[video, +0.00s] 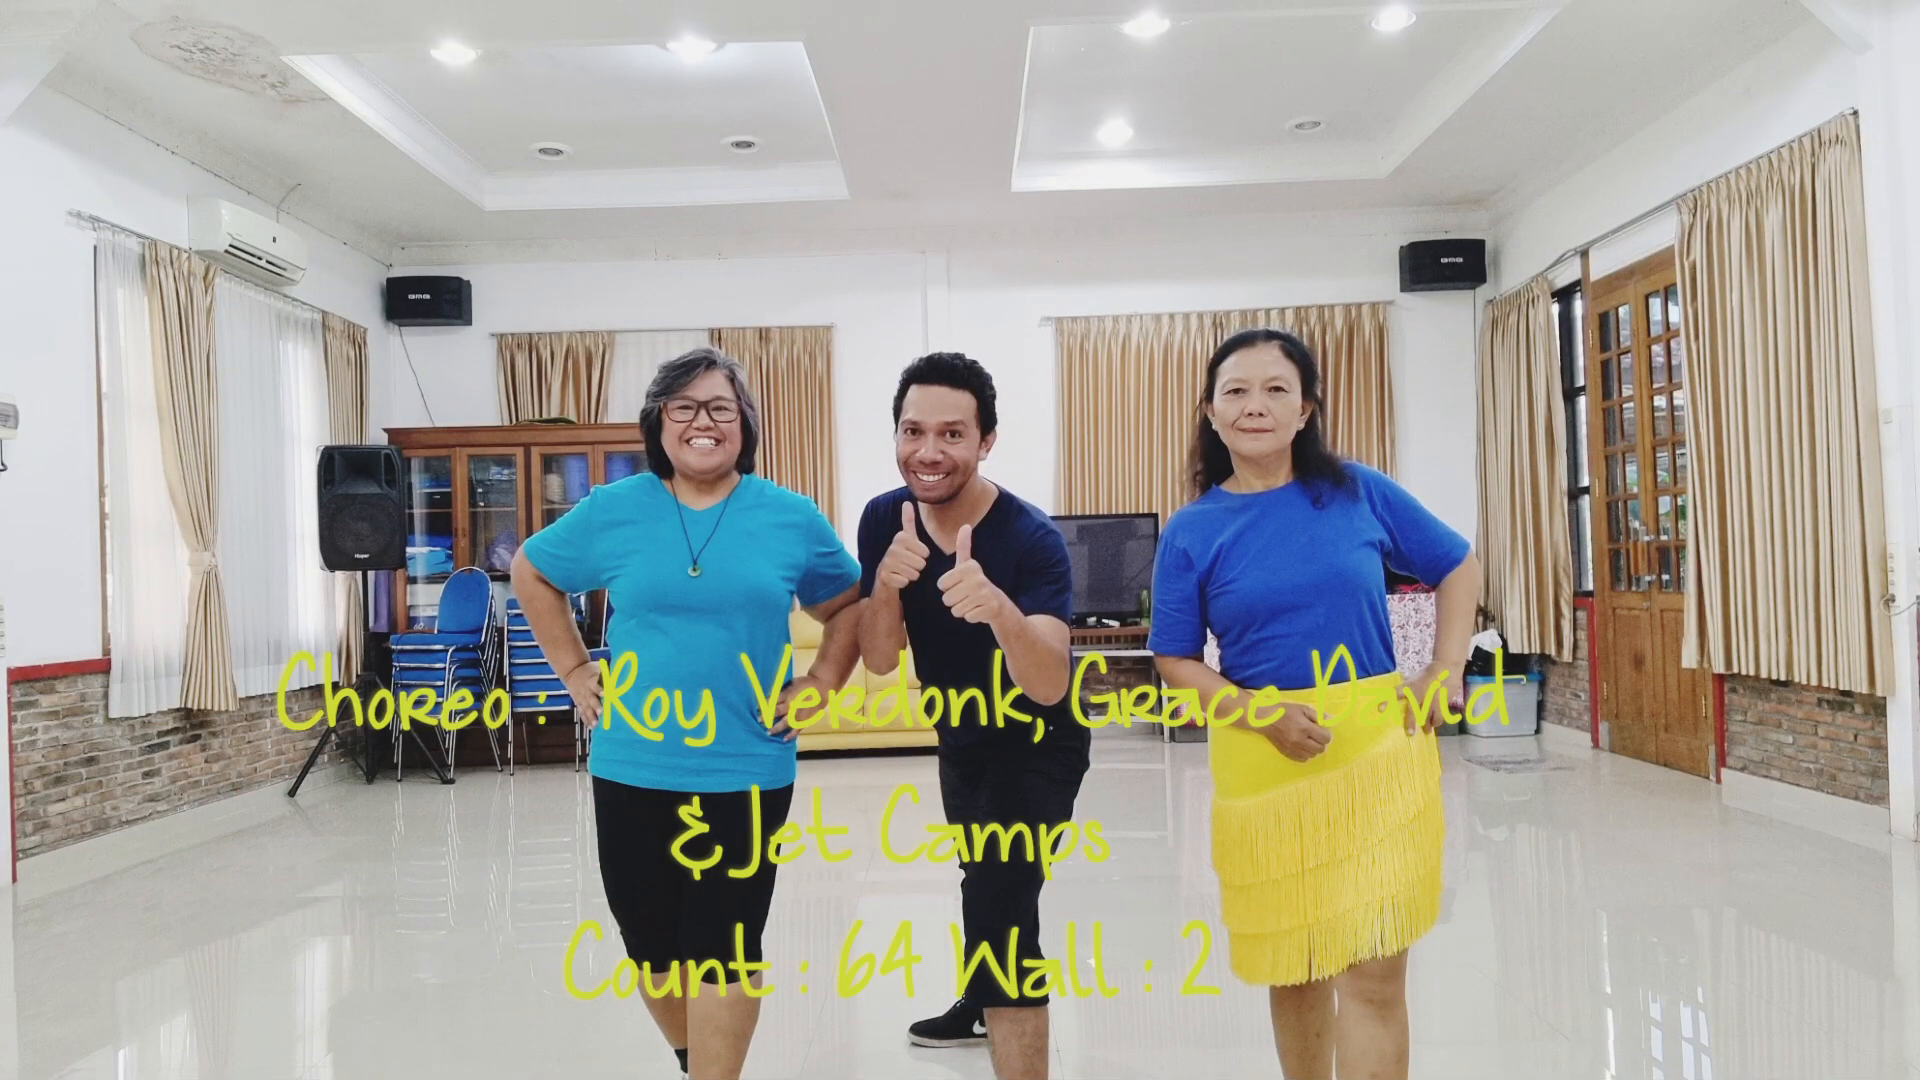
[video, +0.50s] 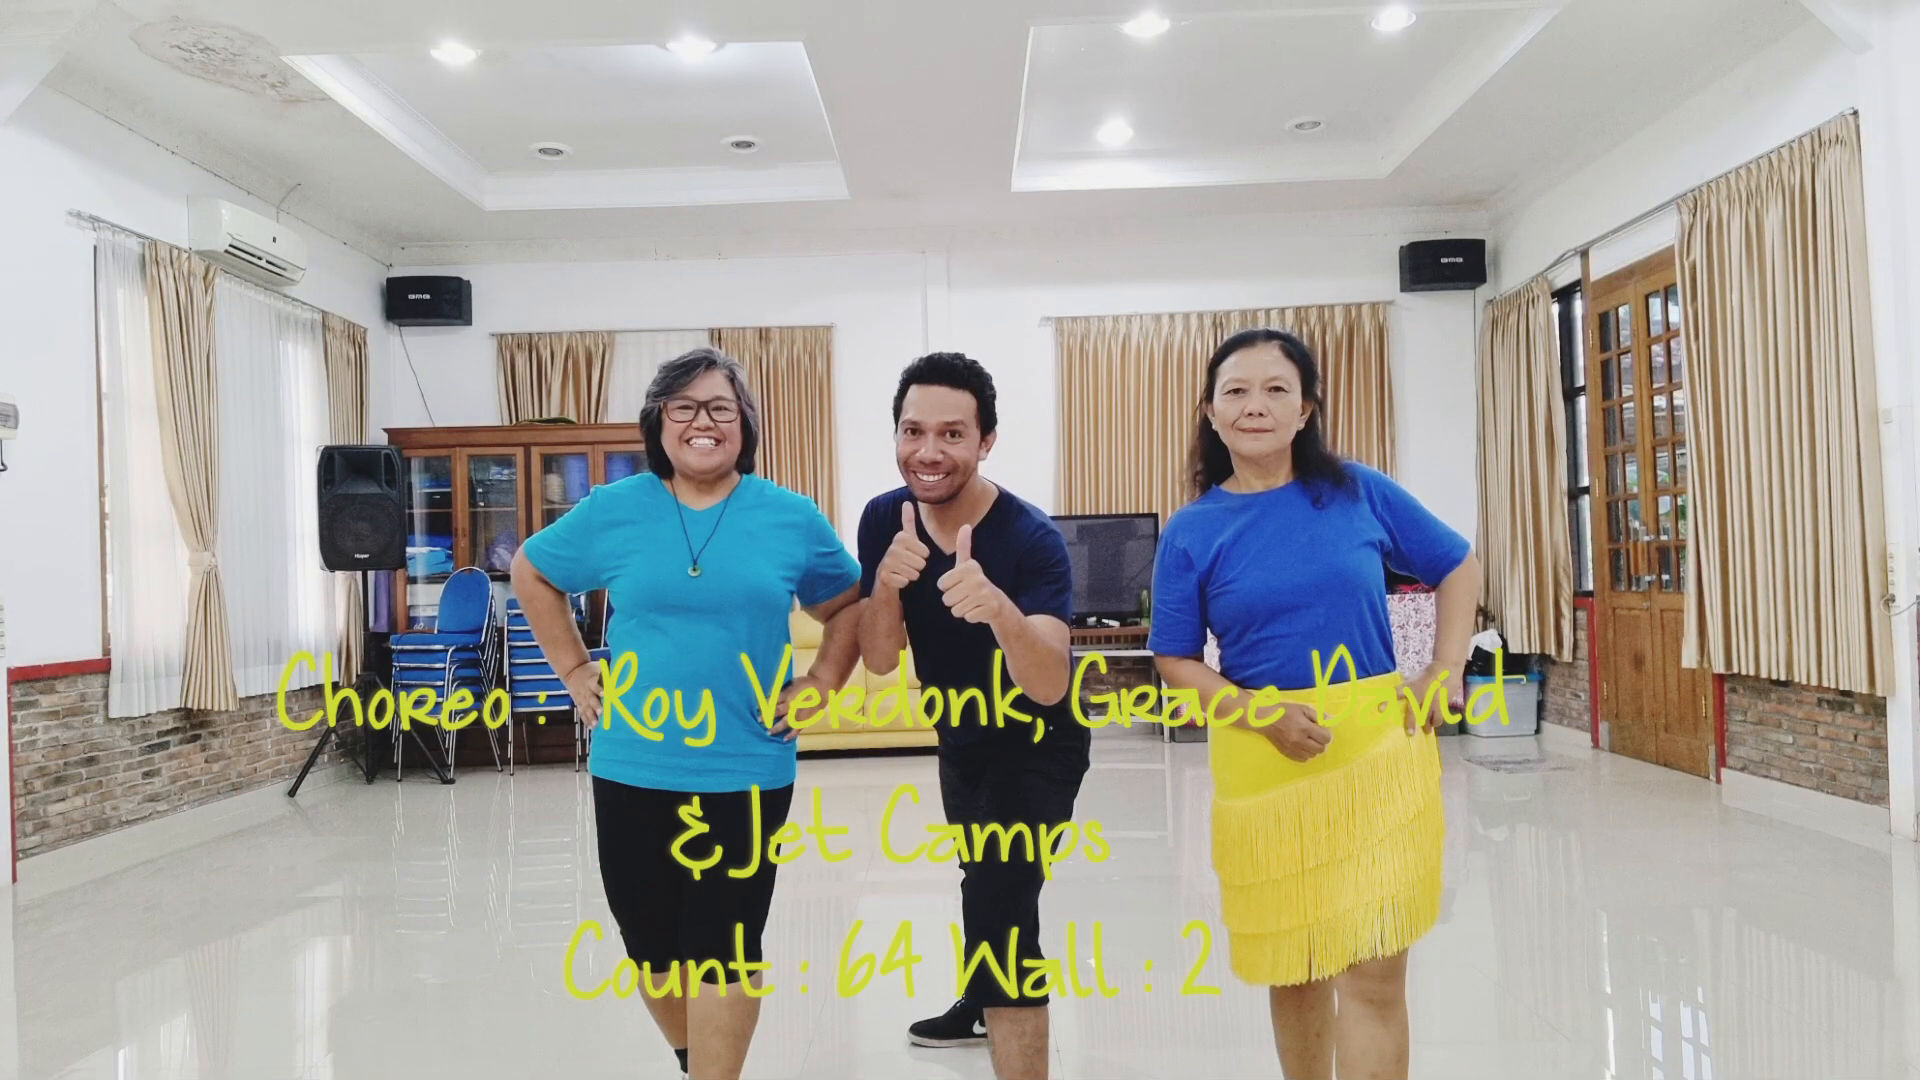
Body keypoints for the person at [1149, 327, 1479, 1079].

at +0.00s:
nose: (1254, 405)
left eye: (1276, 390)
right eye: (1234, 391)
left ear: (1305, 408)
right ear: (1212, 410)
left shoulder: (1359, 491)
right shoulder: (1192, 530)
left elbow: (1460, 565)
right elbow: (1172, 661)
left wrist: (1447, 667)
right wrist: (1261, 713)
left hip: (1377, 758)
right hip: (1267, 770)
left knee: (1376, 976)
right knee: (1296, 978)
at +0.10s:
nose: (1254, 405)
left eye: (1276, 390)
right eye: (1234, 391)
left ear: (1305, 408)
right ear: (1212, 410)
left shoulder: (1359, 491)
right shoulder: (1192, 530)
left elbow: (1460, 565)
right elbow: (1172, 661)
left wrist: (1447, 667)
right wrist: (1261, 713)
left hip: (1377, 758)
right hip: (1267, 770)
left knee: (1376, 976)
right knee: (1296, 978)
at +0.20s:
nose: (1254, 405)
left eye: (1276, 390)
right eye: (1234, 391)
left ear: (1305, 408)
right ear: (1212, 410)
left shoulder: (1359, 491)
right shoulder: (1192, 530)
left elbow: (1460, 565)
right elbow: (1172, 661)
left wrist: (1447, 667)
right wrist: (1261, 713)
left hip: (1377, 758)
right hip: (1267, 770)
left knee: (1376, 976)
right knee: (1296, 978)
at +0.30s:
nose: (1254, 405)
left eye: (1276, 390)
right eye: (1234, 391)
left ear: (1305, 408)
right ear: (1212, 410)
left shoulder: (1359, 491)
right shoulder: (1192, 530)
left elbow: (1460, 565)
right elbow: (1172, 661)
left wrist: (1447, 667)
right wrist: (1261, 713)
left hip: (1377, 758)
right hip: (1267, 770)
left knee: (1376, 976)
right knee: (1296, 978)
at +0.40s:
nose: (1254, 405)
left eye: (1276, 390)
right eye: (1234, 391)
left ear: (1305, 408)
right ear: (1212, 410)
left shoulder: (1359, 491)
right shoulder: (1192, 530)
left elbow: (1460, 565)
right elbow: (1172, 661)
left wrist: (1447, 667)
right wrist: (1261, 713)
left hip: (1377, 758)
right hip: (1267, 770)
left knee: (1376, 976)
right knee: (1296, 978)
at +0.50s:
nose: (1254, 405)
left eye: (1276, 390)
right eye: (1234, 391)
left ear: (1305, 408)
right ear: (1212, 410)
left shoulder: (1359, 491)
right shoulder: (1192, 530)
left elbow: (1460, 565)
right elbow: (1172, 661)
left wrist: (1447, 667)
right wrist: (1261, 713)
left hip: (1377, 758)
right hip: (1267, 770)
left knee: (1377, 976)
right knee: (1296, 978)